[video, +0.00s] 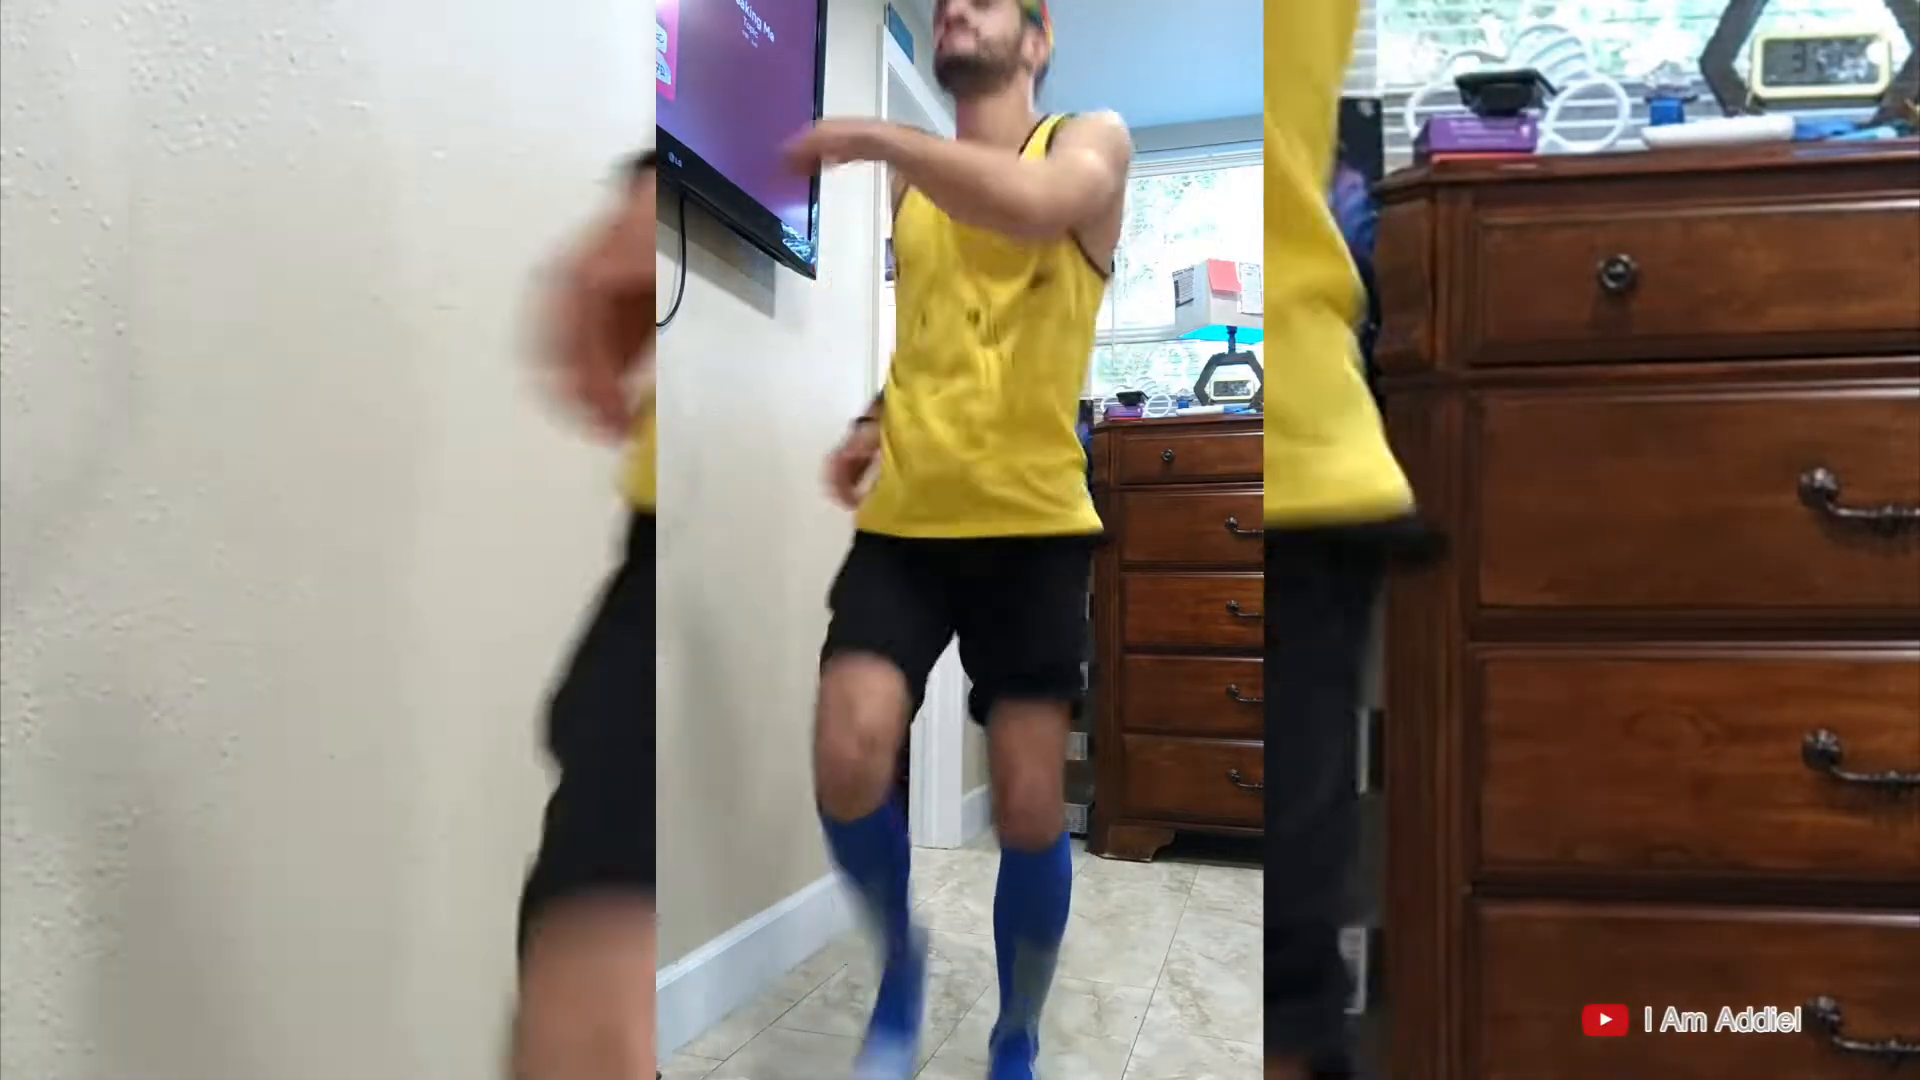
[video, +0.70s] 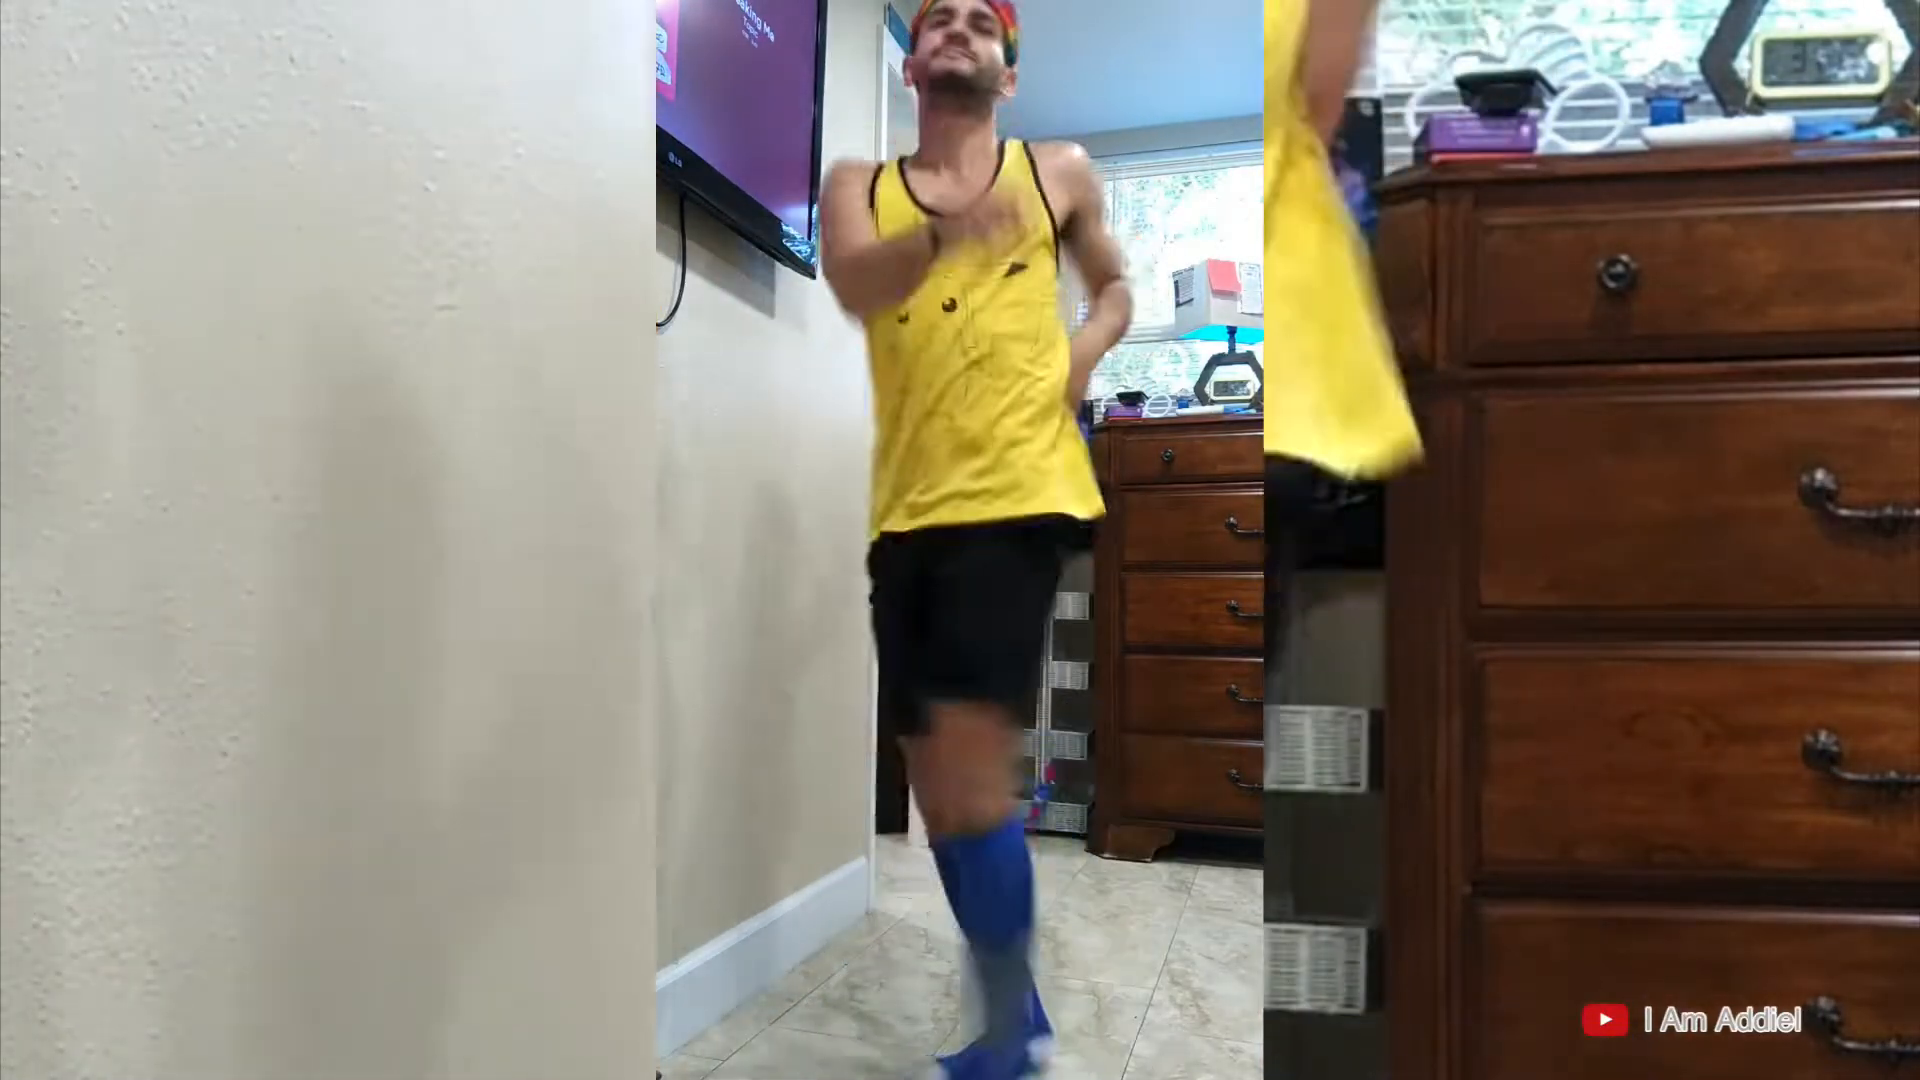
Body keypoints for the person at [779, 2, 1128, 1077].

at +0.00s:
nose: (955, 14)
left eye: (983, 3)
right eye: (944, 7)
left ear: (1037, 35)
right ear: (934, 47)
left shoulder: (1090, 136)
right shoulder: (915, 183)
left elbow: (1042, 206)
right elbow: (928, 343)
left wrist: (877, 138)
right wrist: (877, 422)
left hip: (1034, 518)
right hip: (906, 515)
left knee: (1029, 801)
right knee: (847, 754)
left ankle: (1017, 1037)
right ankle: (898, 966)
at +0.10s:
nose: (951, 51)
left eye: (979, 39)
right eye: (941, 43)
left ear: (1034, 80)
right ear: (927, 82)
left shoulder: (1081, 165)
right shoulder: (915, 210)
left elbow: (1016, 179)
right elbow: (945, 353)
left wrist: (813, 182)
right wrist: (893, 410)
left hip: (1043, 551)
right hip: (918, 538)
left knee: (1022, 817)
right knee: (834, 757)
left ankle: (1015, 1054)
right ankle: (948, 806)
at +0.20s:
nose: (942, 14)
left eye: (968, 5)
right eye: (931, 8)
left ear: (1018, 38)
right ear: (920, 50)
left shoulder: (1060, 111)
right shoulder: (915, 201)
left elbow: (1027, 218)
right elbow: (922, 334)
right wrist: (886, 374)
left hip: (1038, 515)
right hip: (921, 514)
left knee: (1024, 782)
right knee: (867, 767)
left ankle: (1029, 1033)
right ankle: (975, 915)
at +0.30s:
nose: (930, 22)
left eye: (955, 8)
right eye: (918, 11)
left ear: (1004, 31)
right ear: (909, 39)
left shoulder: (1032, 117)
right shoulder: (943, 171)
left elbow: (1067, 274)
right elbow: (951, 336)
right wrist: (892, 320)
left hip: (1009, 498)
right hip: (915, 496)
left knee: (995, 783)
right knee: (929, 773)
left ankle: (1074, 899)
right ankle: (997, 1009)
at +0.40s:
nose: (920, 78)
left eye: (943, 62)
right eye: (909, 66)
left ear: (992, 85)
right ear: (904, 95)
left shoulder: (1019, 161)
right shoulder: (943, 225)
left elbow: (1126, 311)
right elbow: (908, 403)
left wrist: (1110, 476)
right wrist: (866, 304)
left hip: (990, 531)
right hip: (931, 533)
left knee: (943, 804)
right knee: (934, 804)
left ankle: (1131, 743)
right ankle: (1008, 1027)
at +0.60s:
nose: (928, 72)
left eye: (955, 59)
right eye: (915, 58)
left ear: (995, 96)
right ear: (895, 89)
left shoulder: (1052, 175)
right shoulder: (884, 219)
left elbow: (1147, 311)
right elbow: (863, 367)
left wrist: (1056, 404)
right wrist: (892, 217)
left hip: (1019, 507)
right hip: (926, 516)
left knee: (892, 783)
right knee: (909, 797)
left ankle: (1127, 849)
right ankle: (1006, 1028)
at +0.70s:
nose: (952, 30)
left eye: (976, 25)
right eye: (933, 24)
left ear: (1009, 73)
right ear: (908, 69)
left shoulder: (1057, 170)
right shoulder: (860, 181)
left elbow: (1113, 290)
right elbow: (856, 289)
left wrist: (1076, 362)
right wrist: (939, 227)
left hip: (1018, 483)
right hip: (911, 496)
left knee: (967, 759)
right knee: (936, 776)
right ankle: (1010, 1012)